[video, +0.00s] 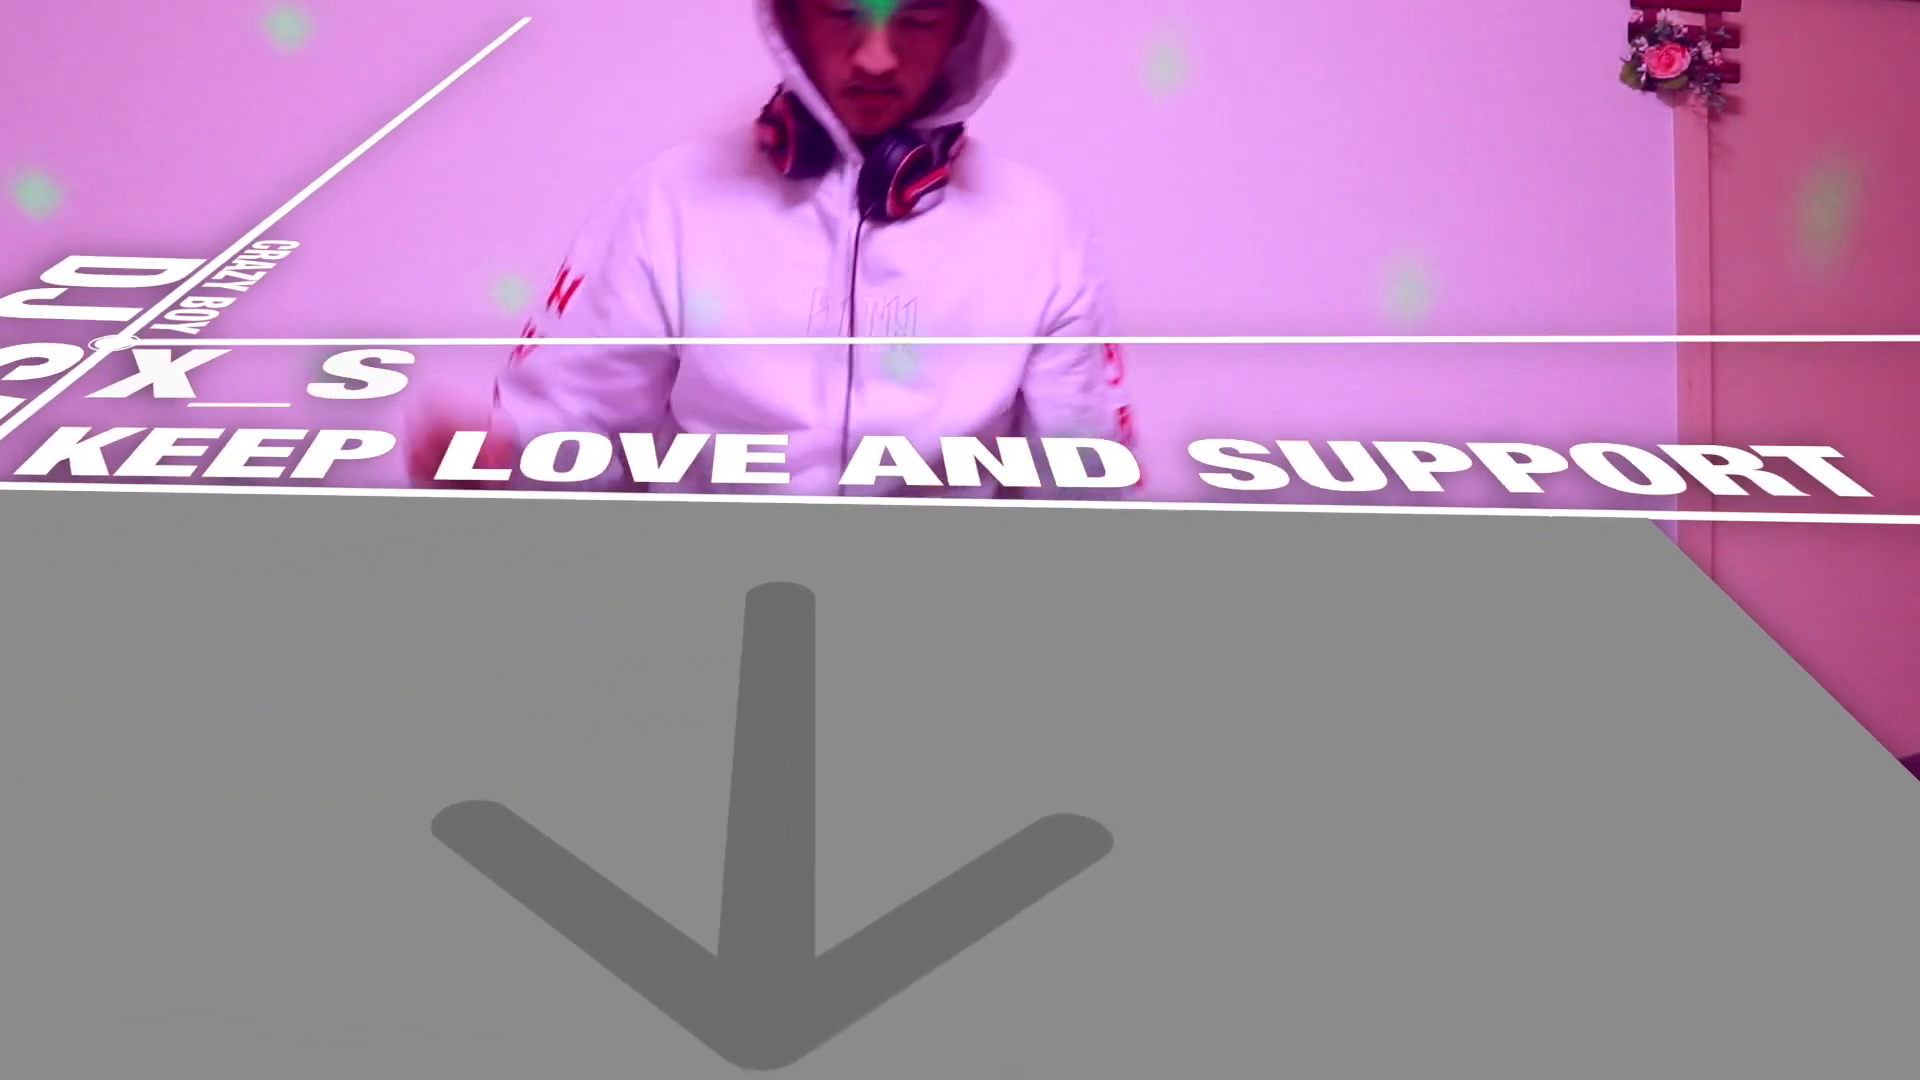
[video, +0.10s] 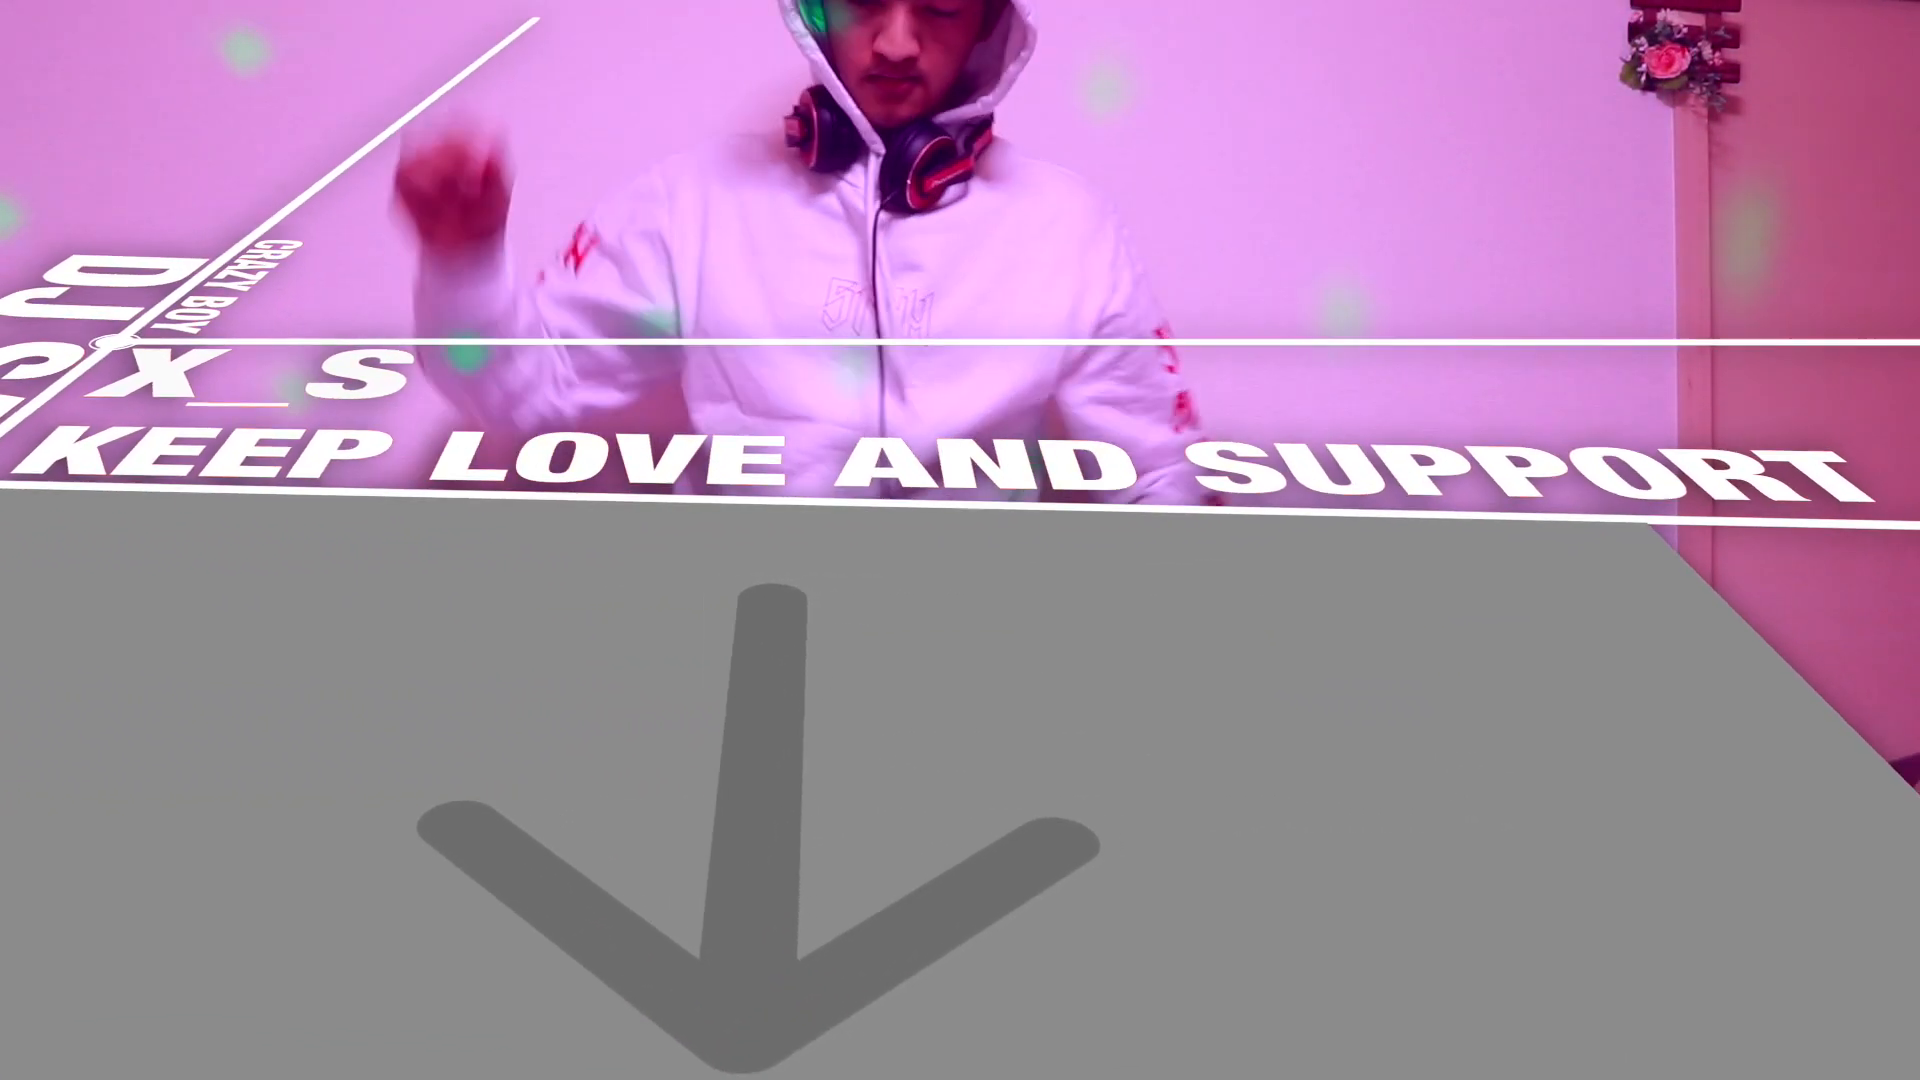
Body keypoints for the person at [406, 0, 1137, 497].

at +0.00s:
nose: (875, 57)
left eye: (914, 20)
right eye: (844, 14)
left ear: (962, 28)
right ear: (788, 18)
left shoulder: (1032, 225)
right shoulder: (671, 203)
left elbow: (1098, 480)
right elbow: (549, 437)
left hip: (952, 595)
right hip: (714, 587)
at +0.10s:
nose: (898, 40)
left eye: (938, 10)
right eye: (867, 4)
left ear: (985, 29)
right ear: (820, 16)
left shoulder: (1065, 223)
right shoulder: (698, 201)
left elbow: (1152, 472)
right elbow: (518, 397)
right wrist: (465, 259)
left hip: (996, 601)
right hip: (753, 591)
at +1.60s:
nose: (728, 36)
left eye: (763, 1)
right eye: (694, 1)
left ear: (817, 17)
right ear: (640, 14)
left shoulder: (895, 228)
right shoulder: (528, 206)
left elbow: (970, 496)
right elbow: (411, 439)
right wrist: (498, 396)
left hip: (802, 609)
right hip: (553, 599)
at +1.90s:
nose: (870, 46)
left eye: (908, 13)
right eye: (836, 9)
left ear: (956, 35)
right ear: (791, 25)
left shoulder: (1028, 251)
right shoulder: (669, 232)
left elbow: (1120, 500)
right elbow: (582, 461)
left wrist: (989, 579)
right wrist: (703, 461)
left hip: (939, 800)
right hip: (704, 793)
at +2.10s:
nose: (885, 26)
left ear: (970, 15)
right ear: (805, 6)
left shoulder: (1041, 224)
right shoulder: (683, 196)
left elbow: (1129, 473)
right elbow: (597, 428)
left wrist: (1053, 596)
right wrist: (730, 507)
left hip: (944, 784)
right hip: (712, 769)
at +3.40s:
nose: (895, 130)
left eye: (944, 98)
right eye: (864, 81)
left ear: (985, 106)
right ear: (808, 69)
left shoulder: (1039, 270)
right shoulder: (681, 226)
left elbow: (1091, 531)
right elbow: (581, 451)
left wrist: (919, 656)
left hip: (925, 781)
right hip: (700, 768)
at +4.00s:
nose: (787, 121)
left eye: (828, 86)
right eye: (753, 78)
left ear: (861, 95)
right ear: (683, 67)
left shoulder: (897, 239)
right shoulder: (556, 231)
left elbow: (944, 485)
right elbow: (506, 526)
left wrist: (904, 663)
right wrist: (616, 753)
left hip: (863, 788)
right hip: (645, 796)